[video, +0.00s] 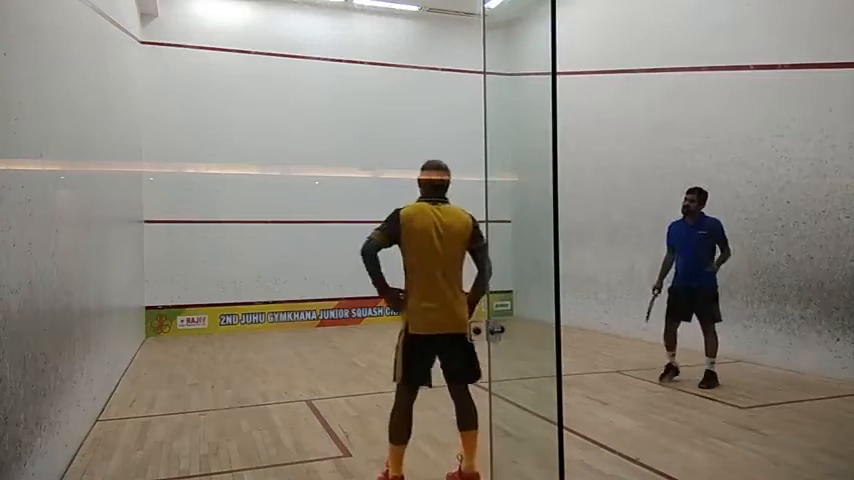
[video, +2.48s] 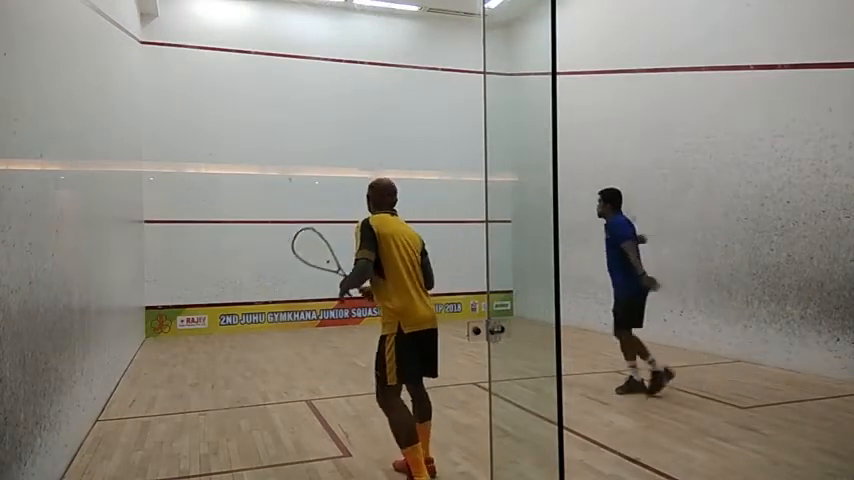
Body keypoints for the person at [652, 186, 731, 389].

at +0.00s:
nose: (686, 203)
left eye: (691, 201)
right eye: (685, 200)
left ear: (701, 205)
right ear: (683, 201)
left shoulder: (713, 226)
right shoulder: (675, 227)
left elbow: (725, 251)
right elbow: (670, 255)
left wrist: (715, 266)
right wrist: (660, 280)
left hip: (704, 286)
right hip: (680, 285)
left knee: (708, 328)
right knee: (670, 325)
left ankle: (710, 371)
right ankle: (671, 365)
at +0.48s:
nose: (672, 205)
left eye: (676, 201)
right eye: (670, 201)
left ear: (686, 203)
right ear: (666, 203)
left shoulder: (700, 224)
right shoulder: (661, 229)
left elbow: (711, 252)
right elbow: (656, 255)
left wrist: (716, 278)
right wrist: (652, 278)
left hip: (695, 286)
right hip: (670, 287)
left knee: (698, 325)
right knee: (667, 326)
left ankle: (711, 369)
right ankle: (667, 370)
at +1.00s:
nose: (690, 204)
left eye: (695, 200)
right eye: (687, 200)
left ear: (704, 202)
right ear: (683, 203)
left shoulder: (718, 227)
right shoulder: (676, 226)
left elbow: (724, 258)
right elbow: (670, 256)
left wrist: (726, 288)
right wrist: (671, 272)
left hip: (706, 290)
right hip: (681, 289)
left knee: (709, 331)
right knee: (671, 328)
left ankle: (713, 373)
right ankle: (669, 368)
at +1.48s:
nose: (690, 206)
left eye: (693, 202)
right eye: (685, 203)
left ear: (700, 202)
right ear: (680, 205)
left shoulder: (715, 227)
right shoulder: (673, 226)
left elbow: (714, 259)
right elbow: (668, 254)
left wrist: (701, 283)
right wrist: (676, 252)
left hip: (702, 287)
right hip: (676, 287)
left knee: (706, 332)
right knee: (665, 328)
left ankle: (712, 373)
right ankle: (670, 366)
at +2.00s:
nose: (647, 212)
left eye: (650, 208)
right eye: (645, 209)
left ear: (663, 207)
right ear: (644, 210)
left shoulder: (683, 225)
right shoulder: (645, 234)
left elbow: (683, 258)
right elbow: (654, 260)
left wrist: (655, 270)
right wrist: (683, 246)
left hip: (685, 288)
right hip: (660, 288)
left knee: (697, 333)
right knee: (643, 327)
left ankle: (711, 373)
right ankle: (640, 377)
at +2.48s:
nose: (597, 206)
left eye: (600, 203)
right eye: (598, 202)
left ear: (609, 206)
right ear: (611, 205)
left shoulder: (617, 225)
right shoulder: (617, 223)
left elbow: (630, 250)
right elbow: (620, 242)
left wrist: (642, 275)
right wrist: (636, 240)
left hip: (630, 288)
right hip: (625, 287)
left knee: (623, 331)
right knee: (622, 331)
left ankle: (656, 370)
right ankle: (635, 377)